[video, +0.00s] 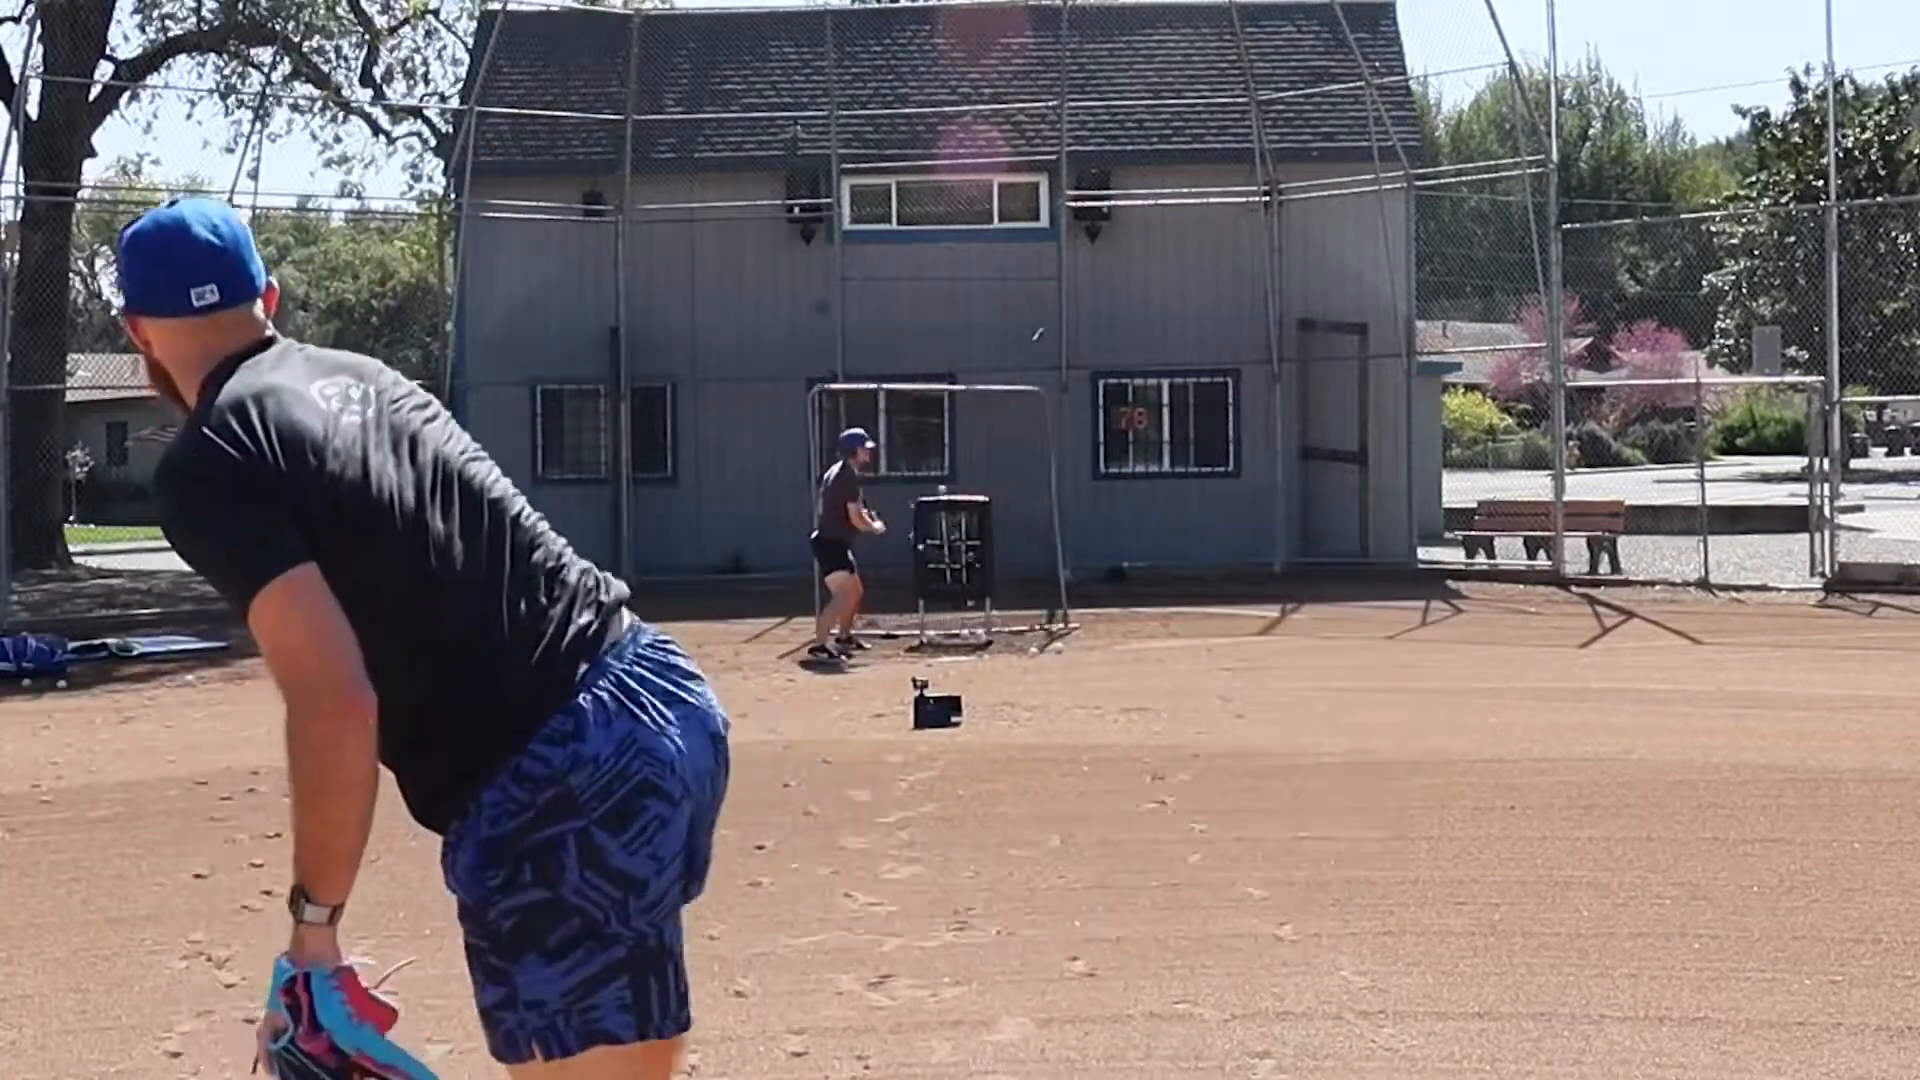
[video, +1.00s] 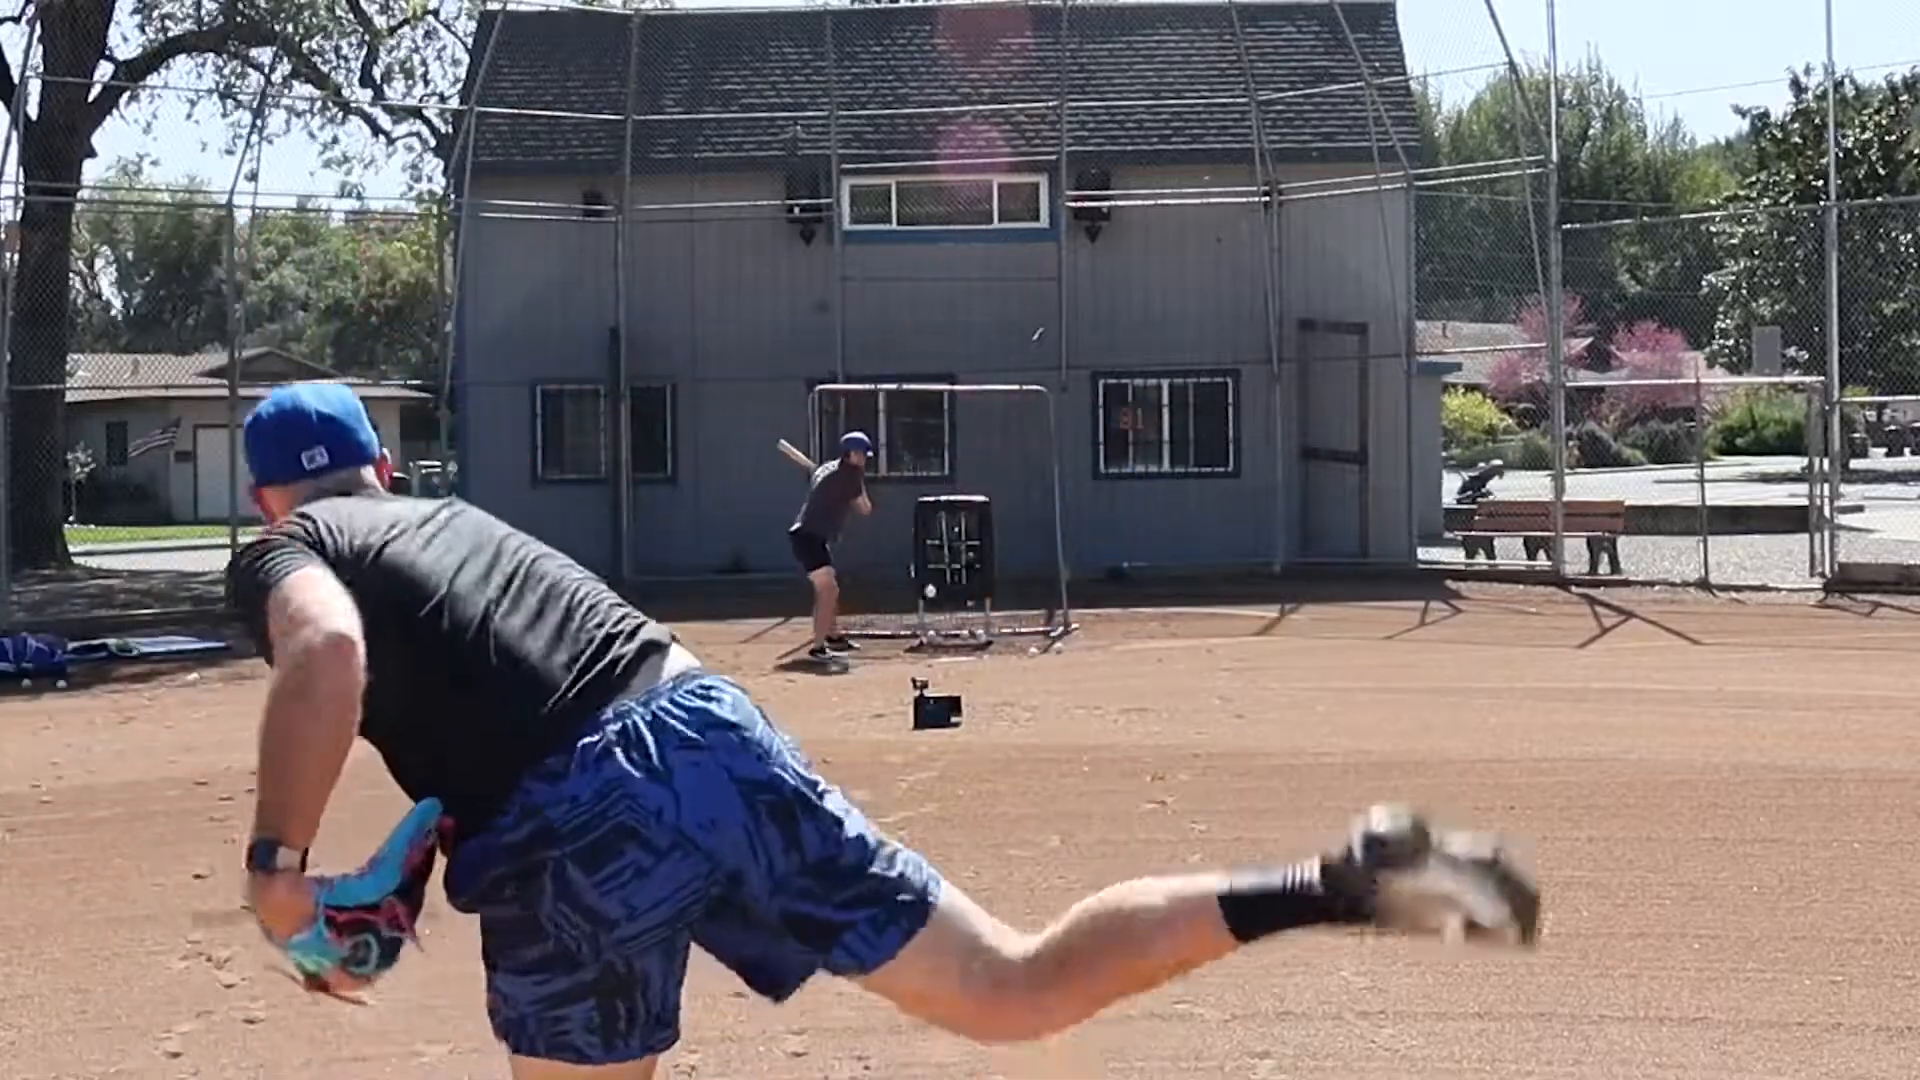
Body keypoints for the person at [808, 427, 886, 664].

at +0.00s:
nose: (868, 454)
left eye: (868, 449)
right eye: (864, 450)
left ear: (852, 451)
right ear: (852, 450)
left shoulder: (840, 471)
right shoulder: (847, 475)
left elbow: (852, 504)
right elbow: (856, 518)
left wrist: (867, 516)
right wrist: (875, 527)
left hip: (836, 539)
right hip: (830, 541)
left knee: (855, 590)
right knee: (844, 593)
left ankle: (844, 635)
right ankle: (821, 643)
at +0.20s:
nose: (868, 452)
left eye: (867, 447)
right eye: (864, 448)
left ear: (852, 450)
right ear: (852, 449)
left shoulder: (847, 472)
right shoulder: (843, 473)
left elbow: (848, 507)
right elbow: (841, 510)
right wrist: (856, 536)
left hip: (840, 538)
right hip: (830, 538)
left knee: (855, 590)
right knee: (842, 592)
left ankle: (843, 634)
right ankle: (821, 642)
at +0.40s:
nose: (862, 450)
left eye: (863, 446)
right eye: (857, 446)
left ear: (858, 448)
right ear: (846, 449)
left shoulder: (837, 466)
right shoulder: (850, 472)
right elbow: (876, 492)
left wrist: (868, 470)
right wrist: (879, 475)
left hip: (815, 537)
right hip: (829, 536)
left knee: (854, 580)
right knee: (874, 561)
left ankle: (841, 633)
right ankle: (854, 602)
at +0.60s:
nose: (861, 456)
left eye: (862, 452)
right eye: (856, 452)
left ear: (862, 453)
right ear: (845, 453)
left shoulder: (833, 470)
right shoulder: (853, 476)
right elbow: (874, 497)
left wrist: (865, 475)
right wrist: (871, 479)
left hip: (810, 538)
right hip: (825, 538)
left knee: (850, 584)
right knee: (866, 571)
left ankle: (841, 634)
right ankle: (847, 614)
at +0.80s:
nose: (863, 468)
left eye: (864, 463)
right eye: (859, 463)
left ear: (846, 464)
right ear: (847, 463)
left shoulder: (830, 479)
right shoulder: (851, 485)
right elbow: (873, 506)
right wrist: (864, 485)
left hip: (816, 546)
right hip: (820, 549)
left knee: (855, 595)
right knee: (849, 596)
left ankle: (838, 636)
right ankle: (829, 640)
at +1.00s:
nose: (864, 459)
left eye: (865, 454)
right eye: (861, 454)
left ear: (848, 455)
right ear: (850, 454)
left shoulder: (828, 467)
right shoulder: (849, 474)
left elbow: (814, 471)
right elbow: (864, 508)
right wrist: (858, 481)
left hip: (808, 534)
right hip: (810, 536)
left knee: (830, 589)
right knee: (827, 589)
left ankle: (832, 633)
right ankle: (818, 645)